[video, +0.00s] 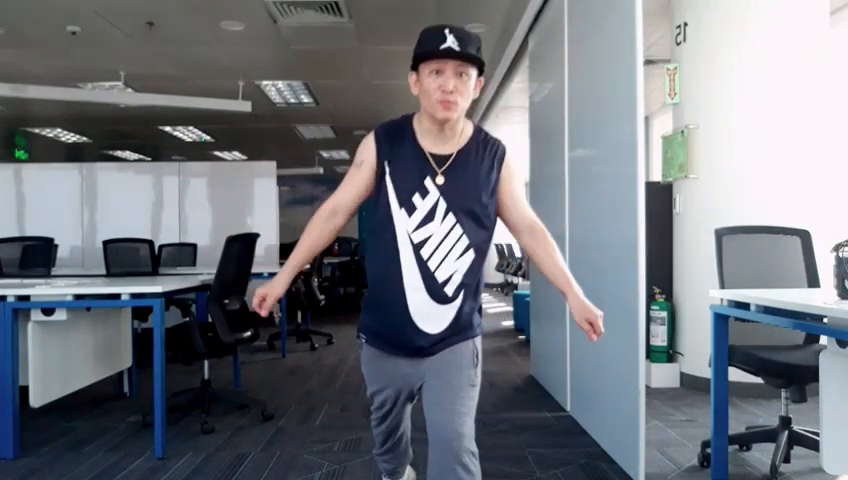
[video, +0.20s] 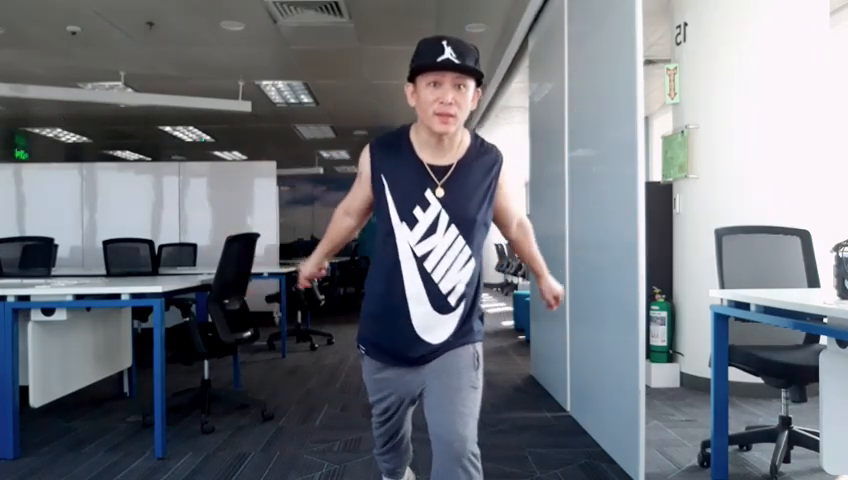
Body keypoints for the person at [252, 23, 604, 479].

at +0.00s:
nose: (448, 85)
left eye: (461, 75)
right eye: (436, 73)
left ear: (477, 85)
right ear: (414, 81)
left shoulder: (491, 156)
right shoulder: (382, 144)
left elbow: (529, 230)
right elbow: (334, 212)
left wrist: (574, 295)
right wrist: (282, 278)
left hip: (454, 337)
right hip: (385, 334)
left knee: (454, 452)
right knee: (387, 428)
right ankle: (395, 473)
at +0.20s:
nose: (447, 97)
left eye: (459, 86)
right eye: (435, 85)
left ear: (475, 98)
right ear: (411, 94)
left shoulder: (489, 162)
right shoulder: (379, 155)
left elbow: (515, 225)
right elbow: (351, 213)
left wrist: (543, 276)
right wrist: (317, 256)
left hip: (455, 338)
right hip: (386, 336)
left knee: (458, 452)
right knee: (388, 435)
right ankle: (394, 475)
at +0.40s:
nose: (460, 93)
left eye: (472, 81)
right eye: (446, 80)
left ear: (489, 90)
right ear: (422, 89)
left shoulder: (506, 159)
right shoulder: (391, 154)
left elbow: (533, 237)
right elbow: (351, 227)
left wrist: (562, 308)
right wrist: (309, 295)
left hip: (470, 346)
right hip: (397, 343)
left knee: (463, 464)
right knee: (387, 447)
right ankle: (394, 474)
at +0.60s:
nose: (471, 72)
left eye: (484, 59)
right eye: (457, 59)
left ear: (501, 69)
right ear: (433, 68)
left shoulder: (527, 144)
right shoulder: (401, 132)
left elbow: (568, 221)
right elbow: (350, 201)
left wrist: (610, 289)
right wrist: (319, 256)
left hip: (479, 340)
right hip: (405, 332)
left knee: (464, 463)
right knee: (380, 432)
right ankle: (391, 470)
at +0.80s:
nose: (478, 50)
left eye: (492, 35)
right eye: (463, 37)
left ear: (512, 44)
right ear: (441, 48)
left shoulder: (546, 117)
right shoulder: (415, 110)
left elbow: (589, 189)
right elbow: (360, 174)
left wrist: (568, 190)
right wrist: (307, 209)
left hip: (496, 337)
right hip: (416, 324)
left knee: (475, 470)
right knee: (370, 460)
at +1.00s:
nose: (489, 34)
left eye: (503, 20)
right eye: (473, 20)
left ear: (525, 31)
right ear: (450, 34)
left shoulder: (558, 105)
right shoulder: (424, 109)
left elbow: (573, 181)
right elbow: (367, 193)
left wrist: (488, 194)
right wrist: (310, 269)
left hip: (515, 333)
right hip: (432, 323)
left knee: (492, 471)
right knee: (413, 464)